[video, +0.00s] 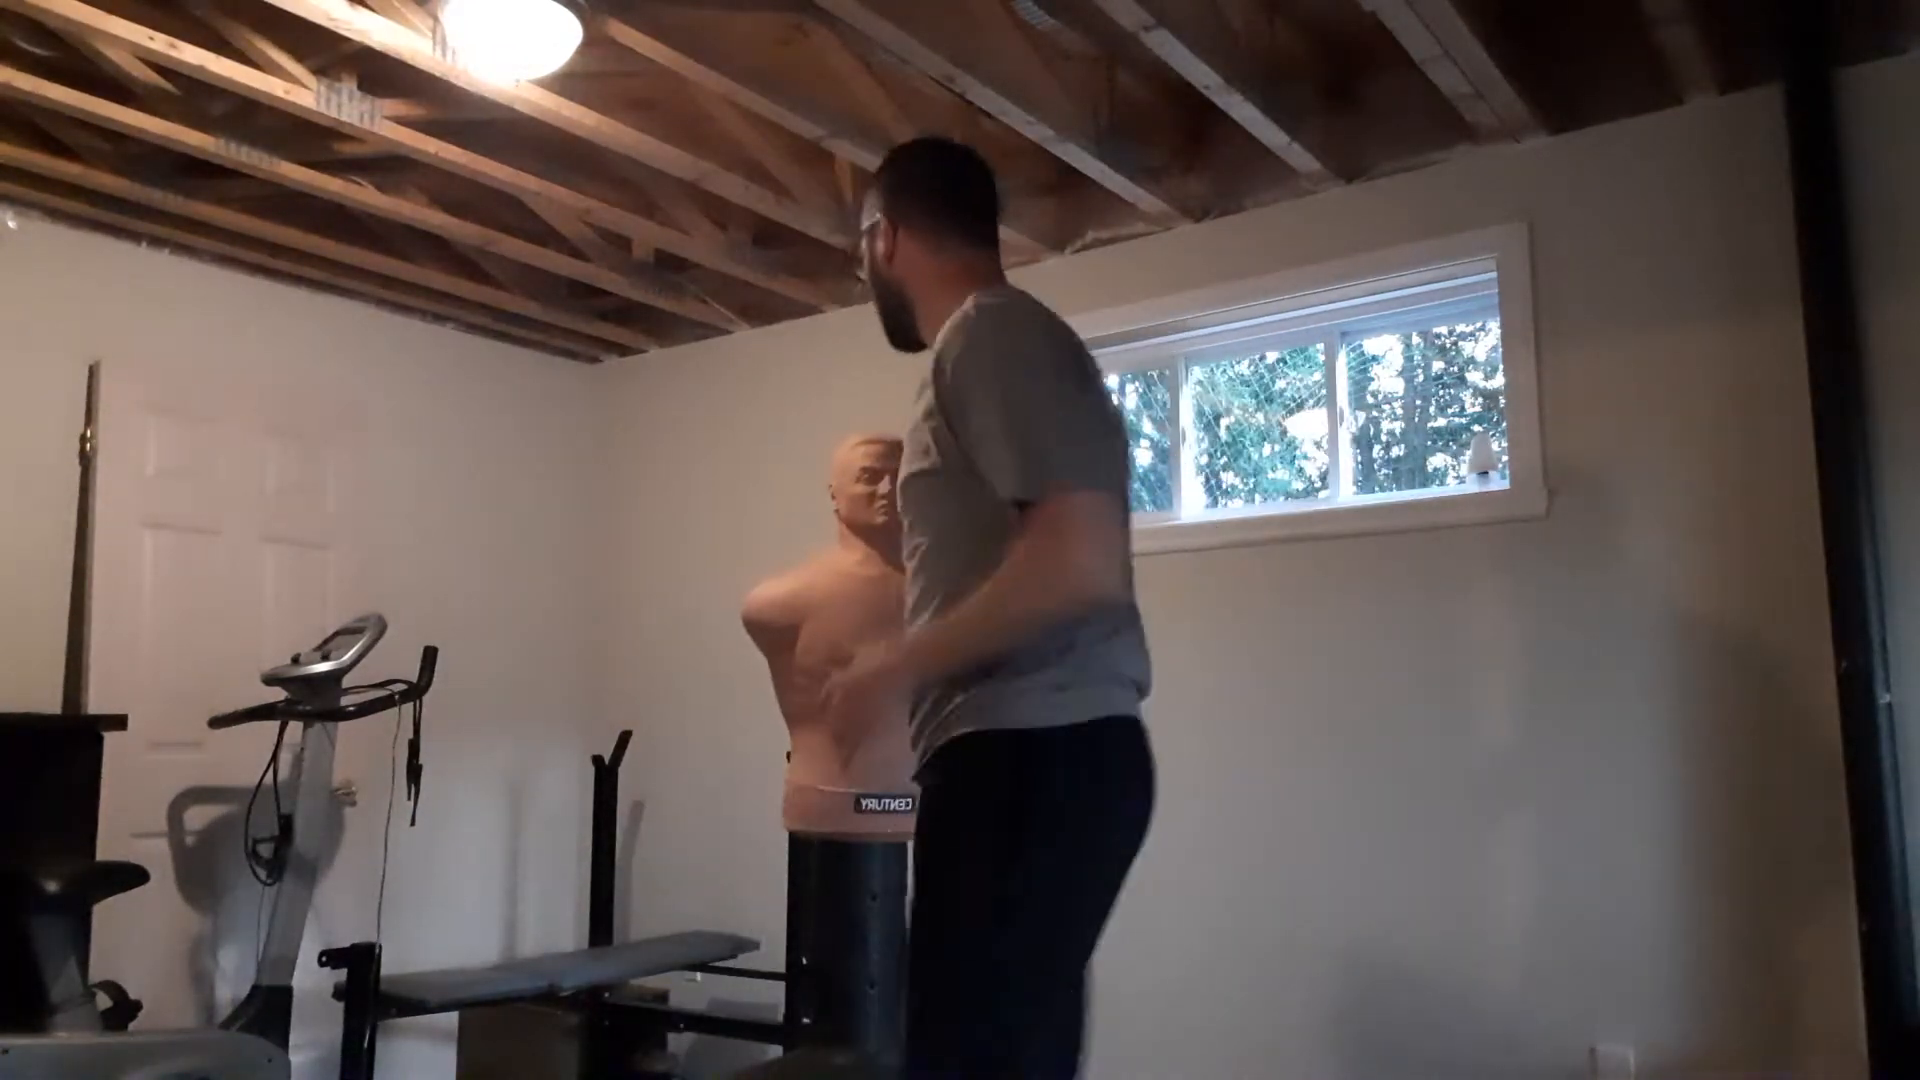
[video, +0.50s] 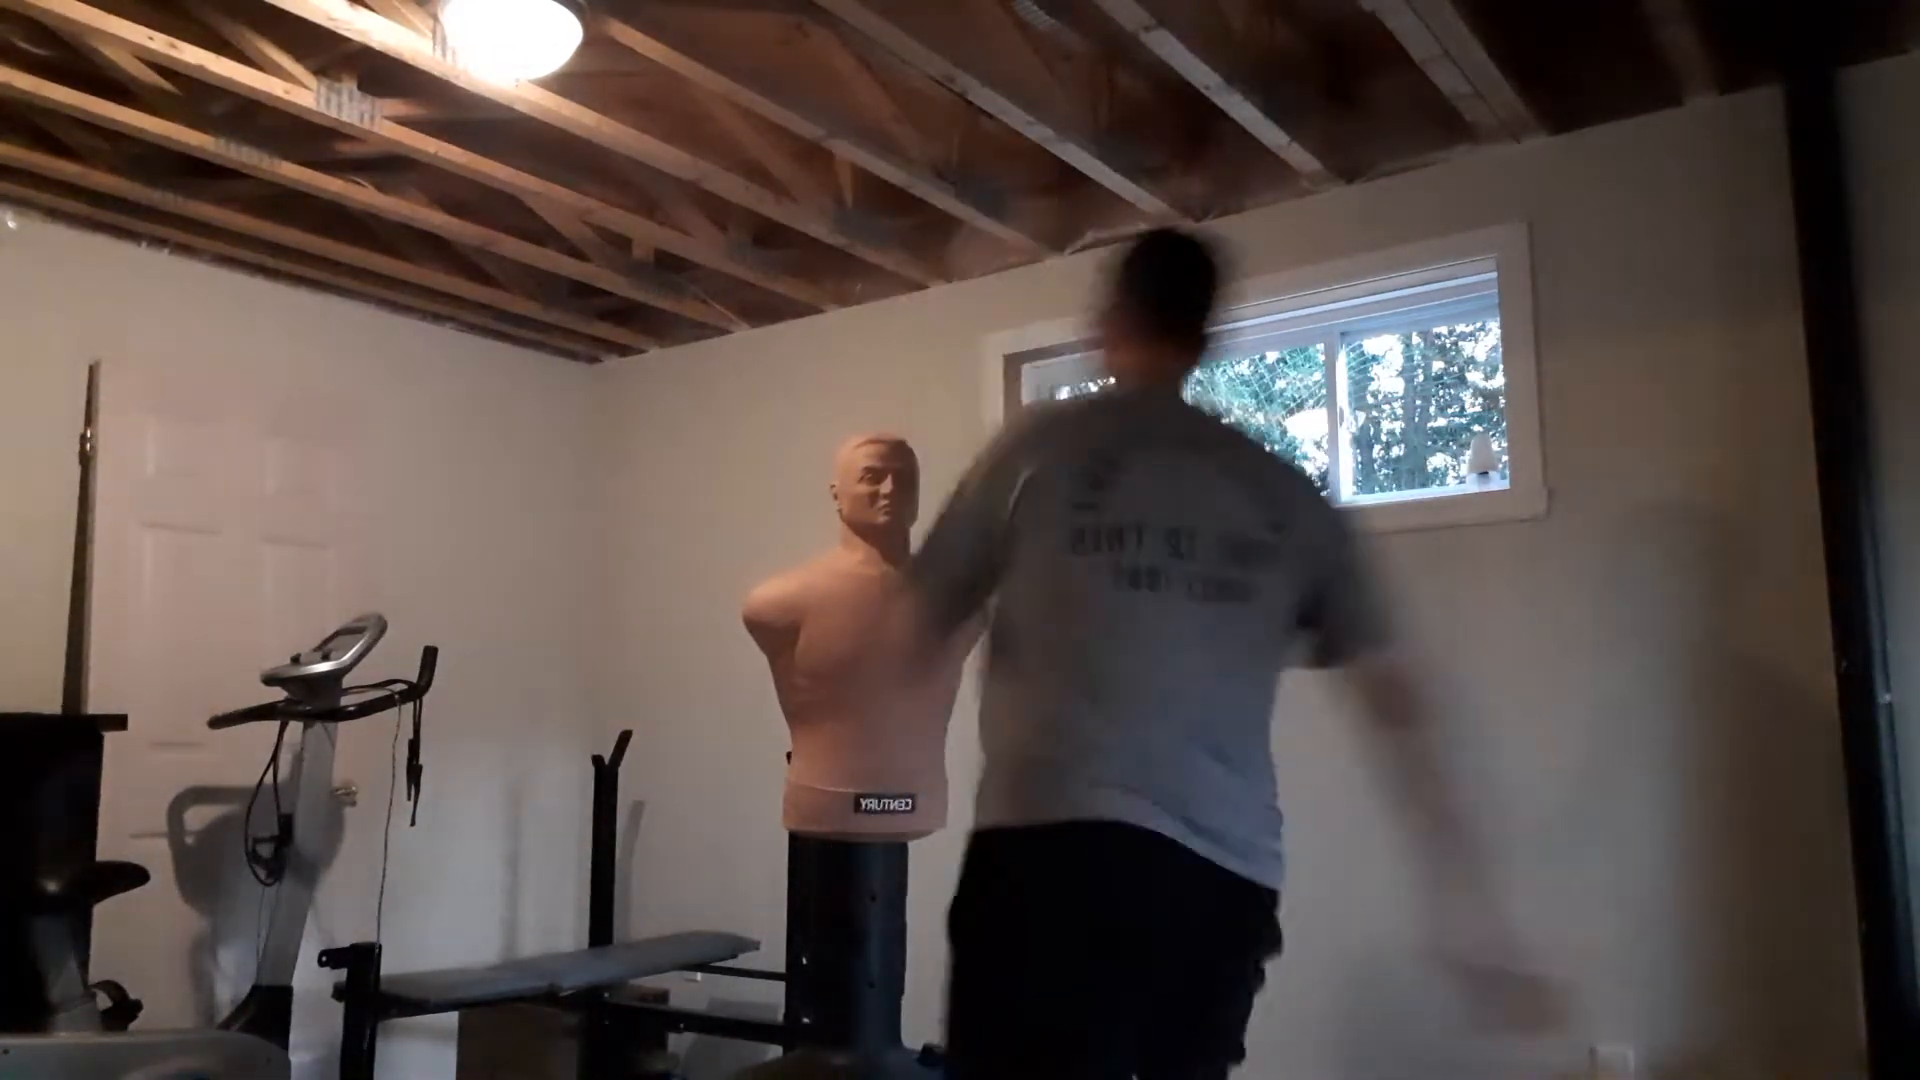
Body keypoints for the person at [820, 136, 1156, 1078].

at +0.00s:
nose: (865, 267)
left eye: (864, 241)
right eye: (864, 245)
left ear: (885, 237)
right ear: (978, 230)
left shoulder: (997, 330)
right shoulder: (983, 348)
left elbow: (1079, 558)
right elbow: (1038, 567)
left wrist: (897, 664)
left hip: (1035, 761)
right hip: (1011, 761)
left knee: (974, 1054)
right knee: (996, 1054)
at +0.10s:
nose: (881, 296)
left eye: (882, 270)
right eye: (881, 273)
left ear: (902, 269)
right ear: (994, 262)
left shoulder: (995, 373)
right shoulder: (1073, 384)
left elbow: (1037, 611)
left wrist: (879, 697)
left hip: (1034, 807)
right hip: (1095, 799)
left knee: (992, 1060)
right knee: (1074, 1055)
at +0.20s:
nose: (886, 306)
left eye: (886, 284)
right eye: (887, 288)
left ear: (901, 281)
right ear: (1002, 274)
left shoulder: (985, 378)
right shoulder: (1074, 386)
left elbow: (1010, 627)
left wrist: (843, 762)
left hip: (1075, 824)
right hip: (1137, 816)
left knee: (1033, 1062)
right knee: (1103, 1058)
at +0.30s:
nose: (904, 288)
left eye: (907, 266)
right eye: (908, 268)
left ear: (925, 267)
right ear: (1025, 272)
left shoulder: (972, 362)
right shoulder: (1110, 375)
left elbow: (997, 572)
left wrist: (880, 745)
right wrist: (893, 556)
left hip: (1106, 783)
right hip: (1216, 780)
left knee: (990, 1052)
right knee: (1139, 1058)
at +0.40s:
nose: (973, 322)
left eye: (980, 301)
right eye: (983, 302)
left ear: (995, 307)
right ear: (1089, 313)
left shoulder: (983, 416)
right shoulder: (1191, 438)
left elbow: (925, 625)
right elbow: (1264, 645)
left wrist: (866, 814)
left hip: (1081, 819)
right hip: (1244, 826)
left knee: (1024, 1061)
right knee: (1172, 1061)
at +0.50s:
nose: (1106, 328)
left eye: (1111, 313)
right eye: (1122, 312)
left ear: (1111, 323)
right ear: (1206, 333)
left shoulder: (1038, 444)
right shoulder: (1283, 490)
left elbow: (911, 636)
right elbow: (1395, 701)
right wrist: (1474, 928)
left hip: (1042, 859)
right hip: (1216, 882)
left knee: (1011, 1066)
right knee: (1181, 1067)